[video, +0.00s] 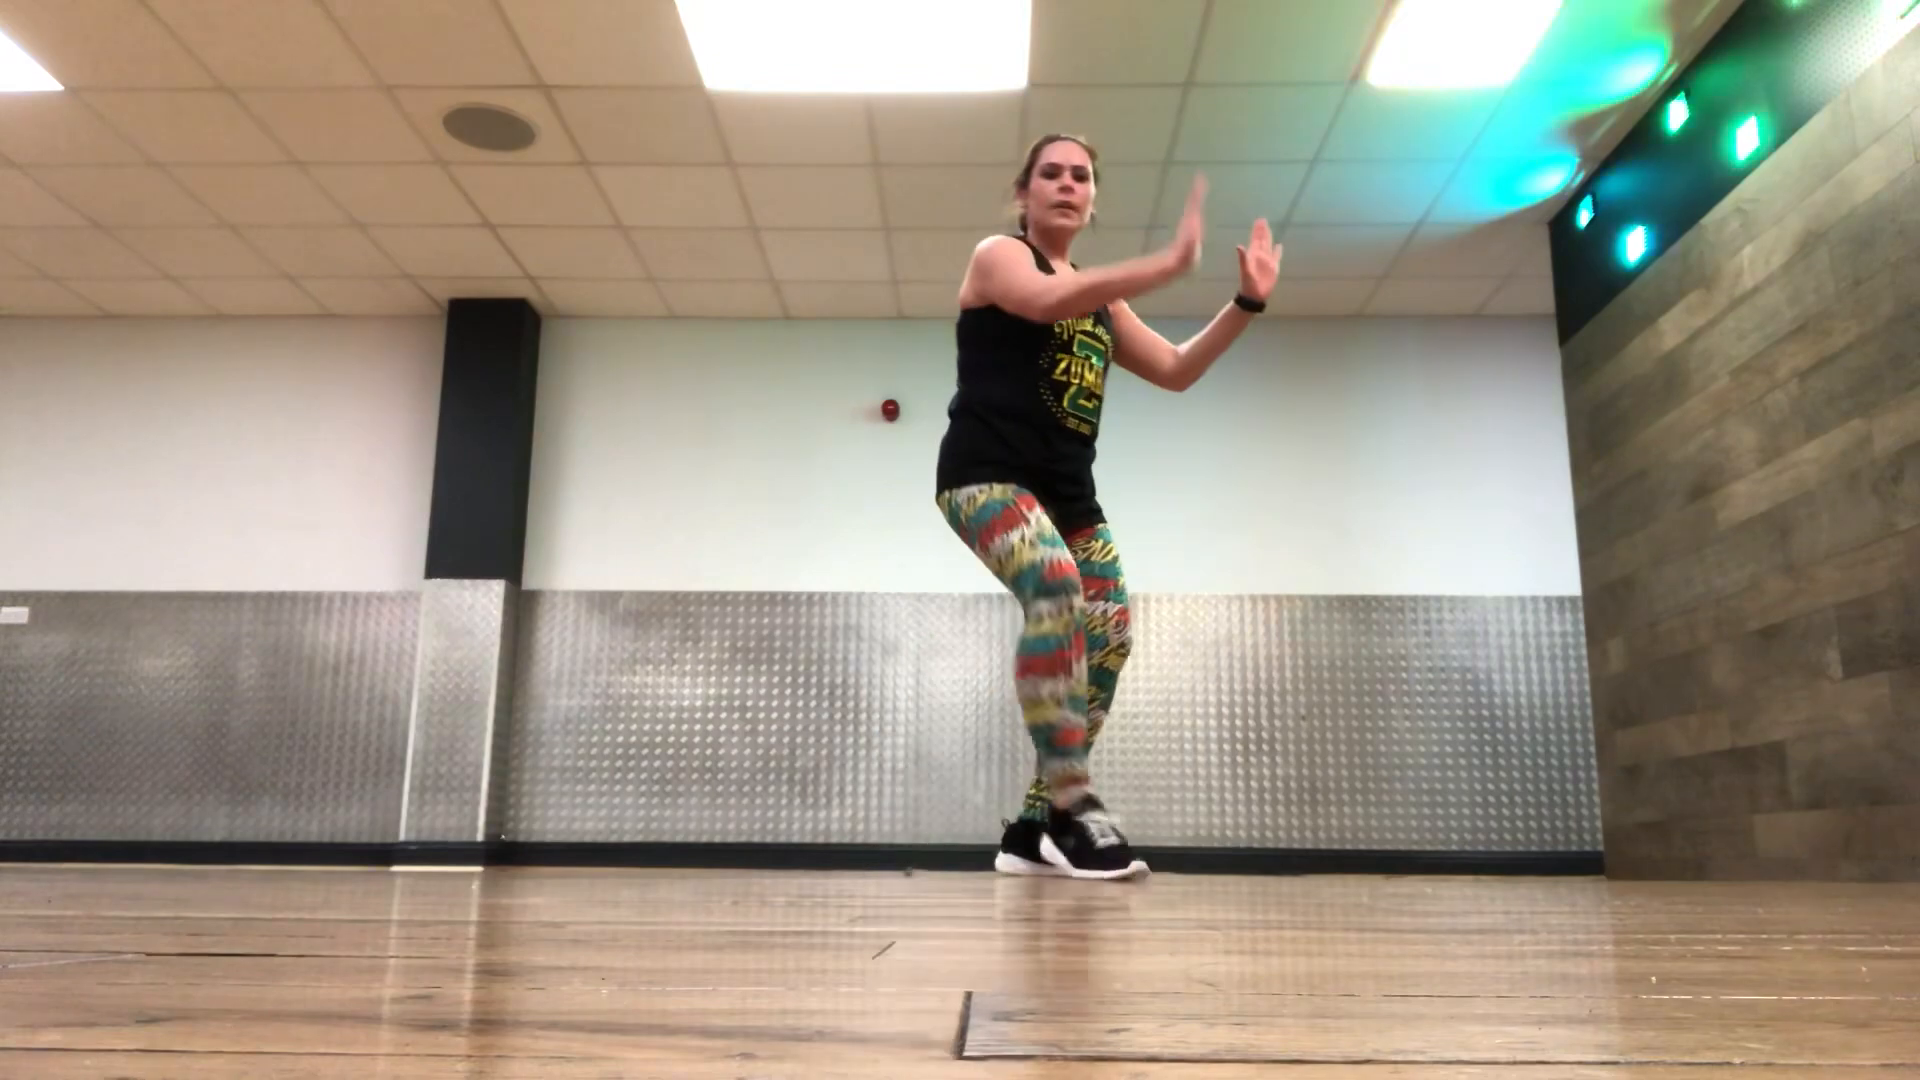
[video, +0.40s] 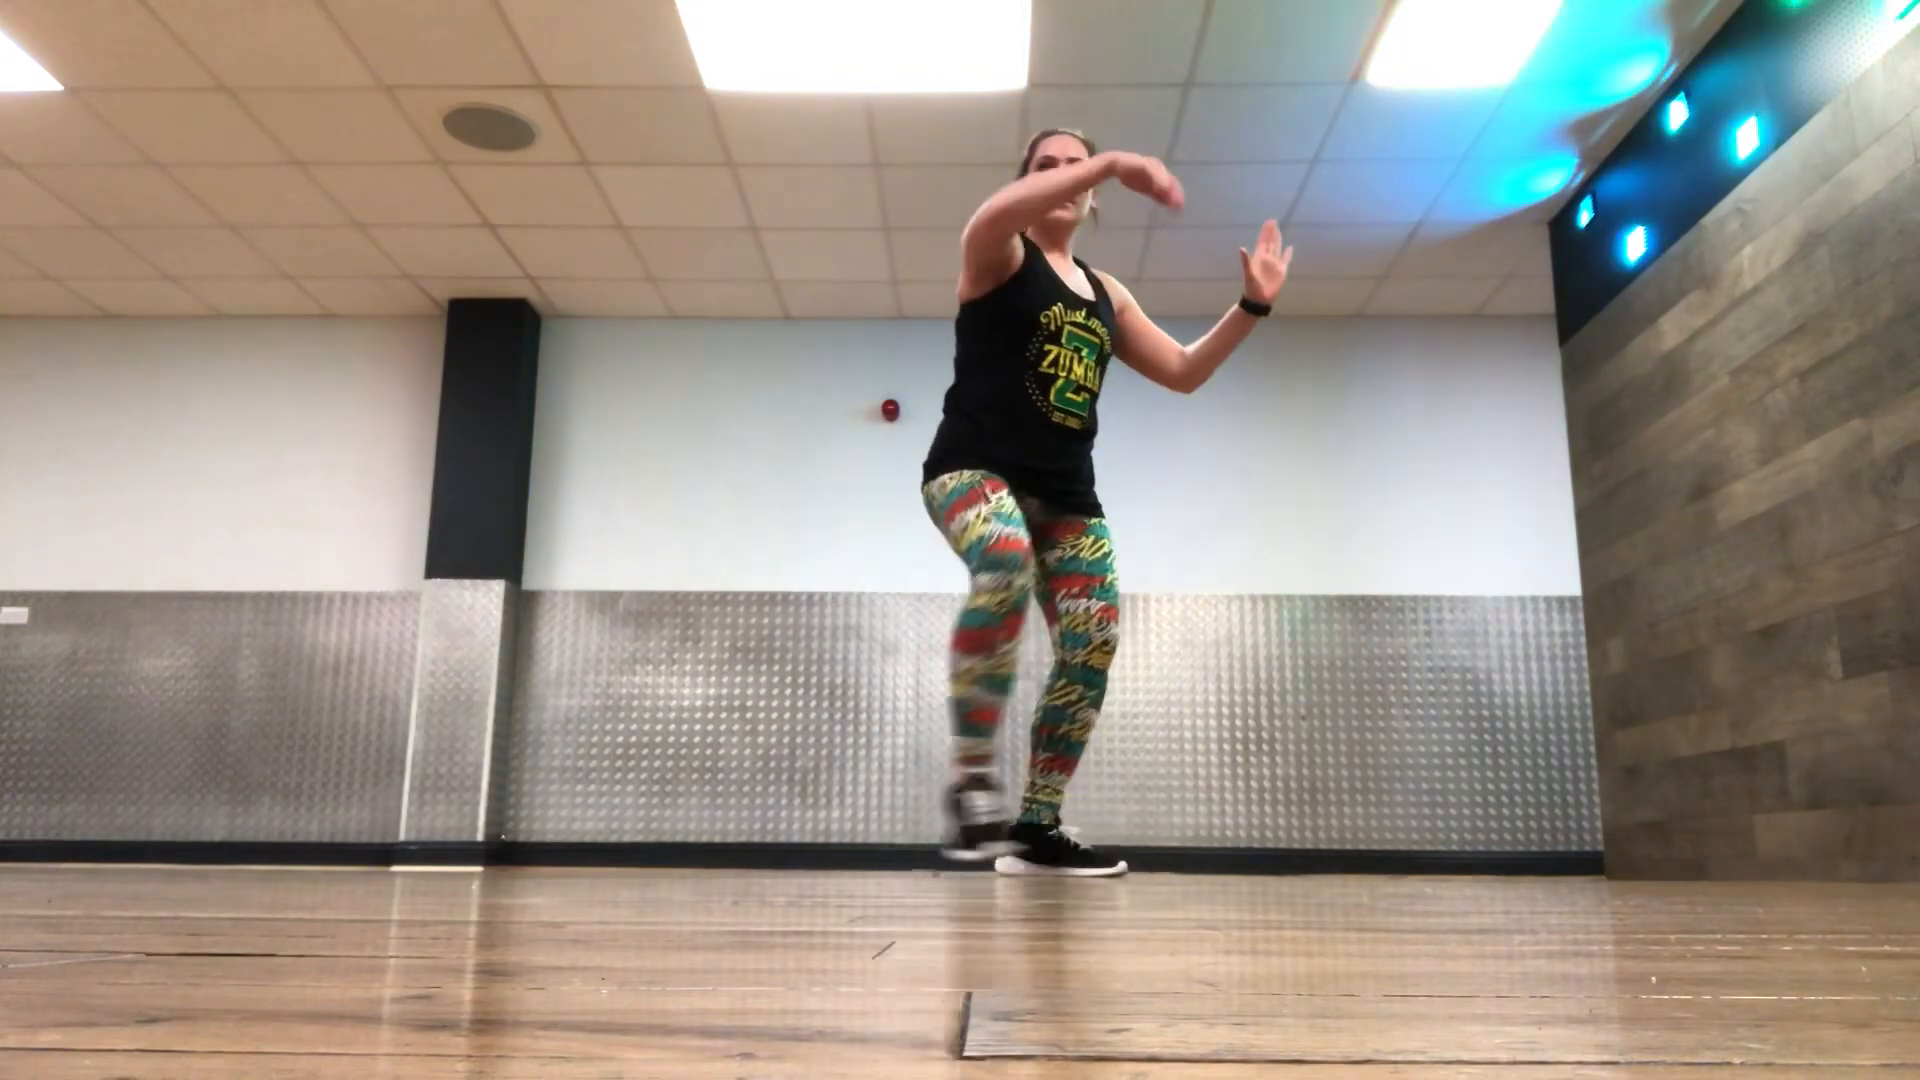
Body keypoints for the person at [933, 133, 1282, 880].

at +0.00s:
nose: (1070, 184)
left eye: (1082, 176)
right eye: (1054, 173)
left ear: (1094, 200)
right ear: (1023, 193)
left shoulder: (1097, 301)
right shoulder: (996, 256)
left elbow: (1176, 368)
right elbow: (1048, 300)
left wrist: (1245, 304)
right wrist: (1163, 263)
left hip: (1067, 491)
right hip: (986, 478)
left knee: (1108, 632)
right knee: (1053, 588)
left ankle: (1035, 822)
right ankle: (1072, 810)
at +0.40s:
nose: (1064, 174)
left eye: (1076, 164)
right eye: (1049, 163)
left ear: (1093, 195)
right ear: (1021, 187)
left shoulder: (1104, 295)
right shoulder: (996, 259)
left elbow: (1183, 370)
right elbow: (1002, 209)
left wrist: (1251, 306)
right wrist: (1111, 163)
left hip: (1064, 489)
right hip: (975, 469)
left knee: (1089, 641)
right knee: (1004, 568)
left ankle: (1037, 826)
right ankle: (972, 788)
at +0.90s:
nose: (1047, 172)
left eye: (1060, 164)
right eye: (1032, 161)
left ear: (1078, 188)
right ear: (1009, 185)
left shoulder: (1103, 285)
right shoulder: (985, 252)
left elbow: (1183, 360)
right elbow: (940, 221)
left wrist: (1241, 297)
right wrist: (1034, 145)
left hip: (1052, 486)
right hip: (956, 469)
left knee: (1084, 631)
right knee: (923, 578)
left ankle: (1035, 827)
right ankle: (868, 786)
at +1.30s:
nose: (1026, 169)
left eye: (1039, 159)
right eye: (1012, 159)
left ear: (1062, 182)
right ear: (990, 182)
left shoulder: (1099, 276)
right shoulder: (962, 257)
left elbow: (1185, 351)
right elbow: (872, 288)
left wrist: (1241, 292)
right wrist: (930, 211)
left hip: (1050, 496)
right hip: (947, 485)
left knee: (1081, 641)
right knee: (908, 622)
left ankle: (1035, 828)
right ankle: (837, 815)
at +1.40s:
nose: (1018, 156)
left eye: (1032, 146)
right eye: (1004, 146)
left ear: (1054, 168)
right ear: (981, 169)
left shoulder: (1095, 257)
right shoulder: (944, 251)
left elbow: (1187, 329)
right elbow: (849, 317)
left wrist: (1254, 289)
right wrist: (878, 245)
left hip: (1059, 484)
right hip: (952, 477)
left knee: (1077, 634)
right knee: (898, 610)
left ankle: (1037, 825)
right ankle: (840, 803)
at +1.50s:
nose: (1005, 148)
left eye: (1019, 138)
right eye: (991, 139)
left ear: (1041, 162)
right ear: (969, 162)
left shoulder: (1081, 249)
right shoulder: (930, 247)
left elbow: (1166, 327)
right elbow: (852, 340)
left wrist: (1239, 326)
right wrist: (841, 314)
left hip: (1059, 472)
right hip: (956, 470)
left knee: (1068, 625)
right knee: (894, 595)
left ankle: (1078, 815)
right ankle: (868, 797)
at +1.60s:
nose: (988, 156)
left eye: (1003, 146)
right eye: (974, 146)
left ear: (1024, 168)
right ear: (952, 168)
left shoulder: (1063, 257)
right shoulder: (914, 256)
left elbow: (1127, 345)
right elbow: (864, 351)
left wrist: (1185, 401)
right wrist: (835, 392)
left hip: (1046, 483)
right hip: (945, 484)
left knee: (1067, 641)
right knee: (888, 611)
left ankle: (1112, 818)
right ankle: (900, 815)